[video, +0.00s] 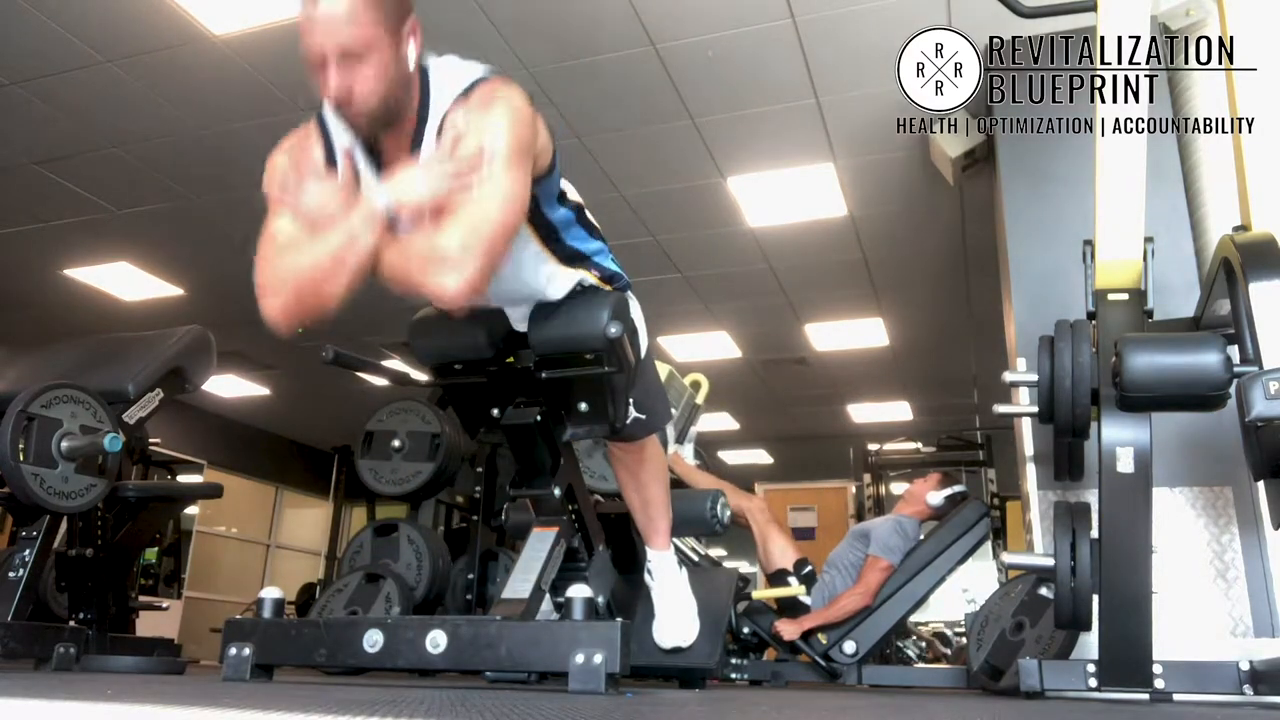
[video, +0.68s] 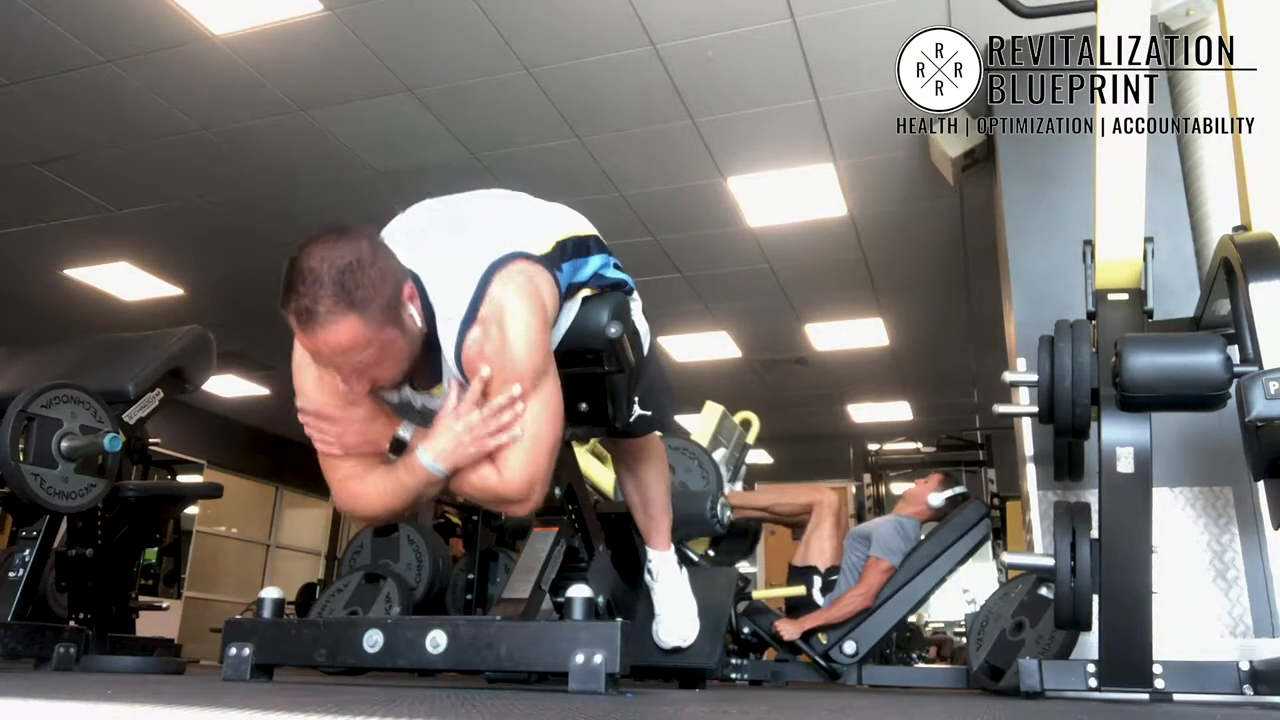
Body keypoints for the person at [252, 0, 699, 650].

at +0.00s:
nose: (334, 87)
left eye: (353, 60)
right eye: (319, 65)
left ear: (409, 42)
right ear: (306, 62)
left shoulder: (492, 110)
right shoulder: (300, 157)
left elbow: (455, 276)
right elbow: (281, 306)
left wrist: (343, 225)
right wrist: (388, 204)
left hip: (573, 293)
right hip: (472, 315)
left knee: (627, 413)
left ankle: (661, 564)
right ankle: (548, 533)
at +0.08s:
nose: (329, 141)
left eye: (346, 113)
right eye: (311, 118)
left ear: (401, 81)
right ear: (295, 106)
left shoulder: (491, 146)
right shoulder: (296, 190)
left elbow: (463, 326)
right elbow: (288, 350)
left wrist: (349, 270)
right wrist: (387, 254)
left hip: (571, 298)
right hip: (470, 329)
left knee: (625, 410)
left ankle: (661, 563)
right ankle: (550, 529)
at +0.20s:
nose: (331, 247)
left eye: (346, 220)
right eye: (312, 224)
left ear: (394, 173)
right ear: (291, 196)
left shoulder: (491, 205)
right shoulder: (300, 247)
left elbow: (480, 404)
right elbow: (309, 423)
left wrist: (359, 341)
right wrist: (399, 338)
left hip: (576, 303)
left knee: (629, 417)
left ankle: (662, 562)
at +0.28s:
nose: (334, 289)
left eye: (348, 266)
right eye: (315, 271)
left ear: (396, 214)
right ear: (294, 243)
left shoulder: (494, 234)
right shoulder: (302, 278)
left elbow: (491, 433)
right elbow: (320, 451)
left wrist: (365, 370)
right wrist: (416, 373)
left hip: (575, 296)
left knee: (631, 425)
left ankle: (662, 561)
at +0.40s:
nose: (349, 361)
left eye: (362, 340)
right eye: (328, 343)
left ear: (407, 283)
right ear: (304, 312)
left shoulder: (504, 283)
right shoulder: (313, 316)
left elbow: (511, 479)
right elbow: (347, 491)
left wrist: (381, 416)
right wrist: (428, 438)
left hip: (578, 294)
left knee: (632, 428)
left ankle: (662, 563)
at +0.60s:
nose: (360, 400)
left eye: (376, 379)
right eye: (341, 383)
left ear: (414, 321)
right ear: (310, 354)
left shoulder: (505, 320)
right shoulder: (319, 356)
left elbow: (523, 501)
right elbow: (361, 508)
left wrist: (399, 444)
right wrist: (438, 472)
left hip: (569, 262)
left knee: (632, 421)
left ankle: (662, 562)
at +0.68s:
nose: (355, 385)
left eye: (367, 367)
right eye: (338, 371)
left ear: (411, 307)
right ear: (310, 339)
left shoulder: (504, 305)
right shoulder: (319, 339)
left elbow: (518, 491)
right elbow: (357, 498)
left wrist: (393, 434)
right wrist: (434, 456)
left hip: (572, 266)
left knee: (632, 420)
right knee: (405, 444)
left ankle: (663, 564)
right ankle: (398, 575)